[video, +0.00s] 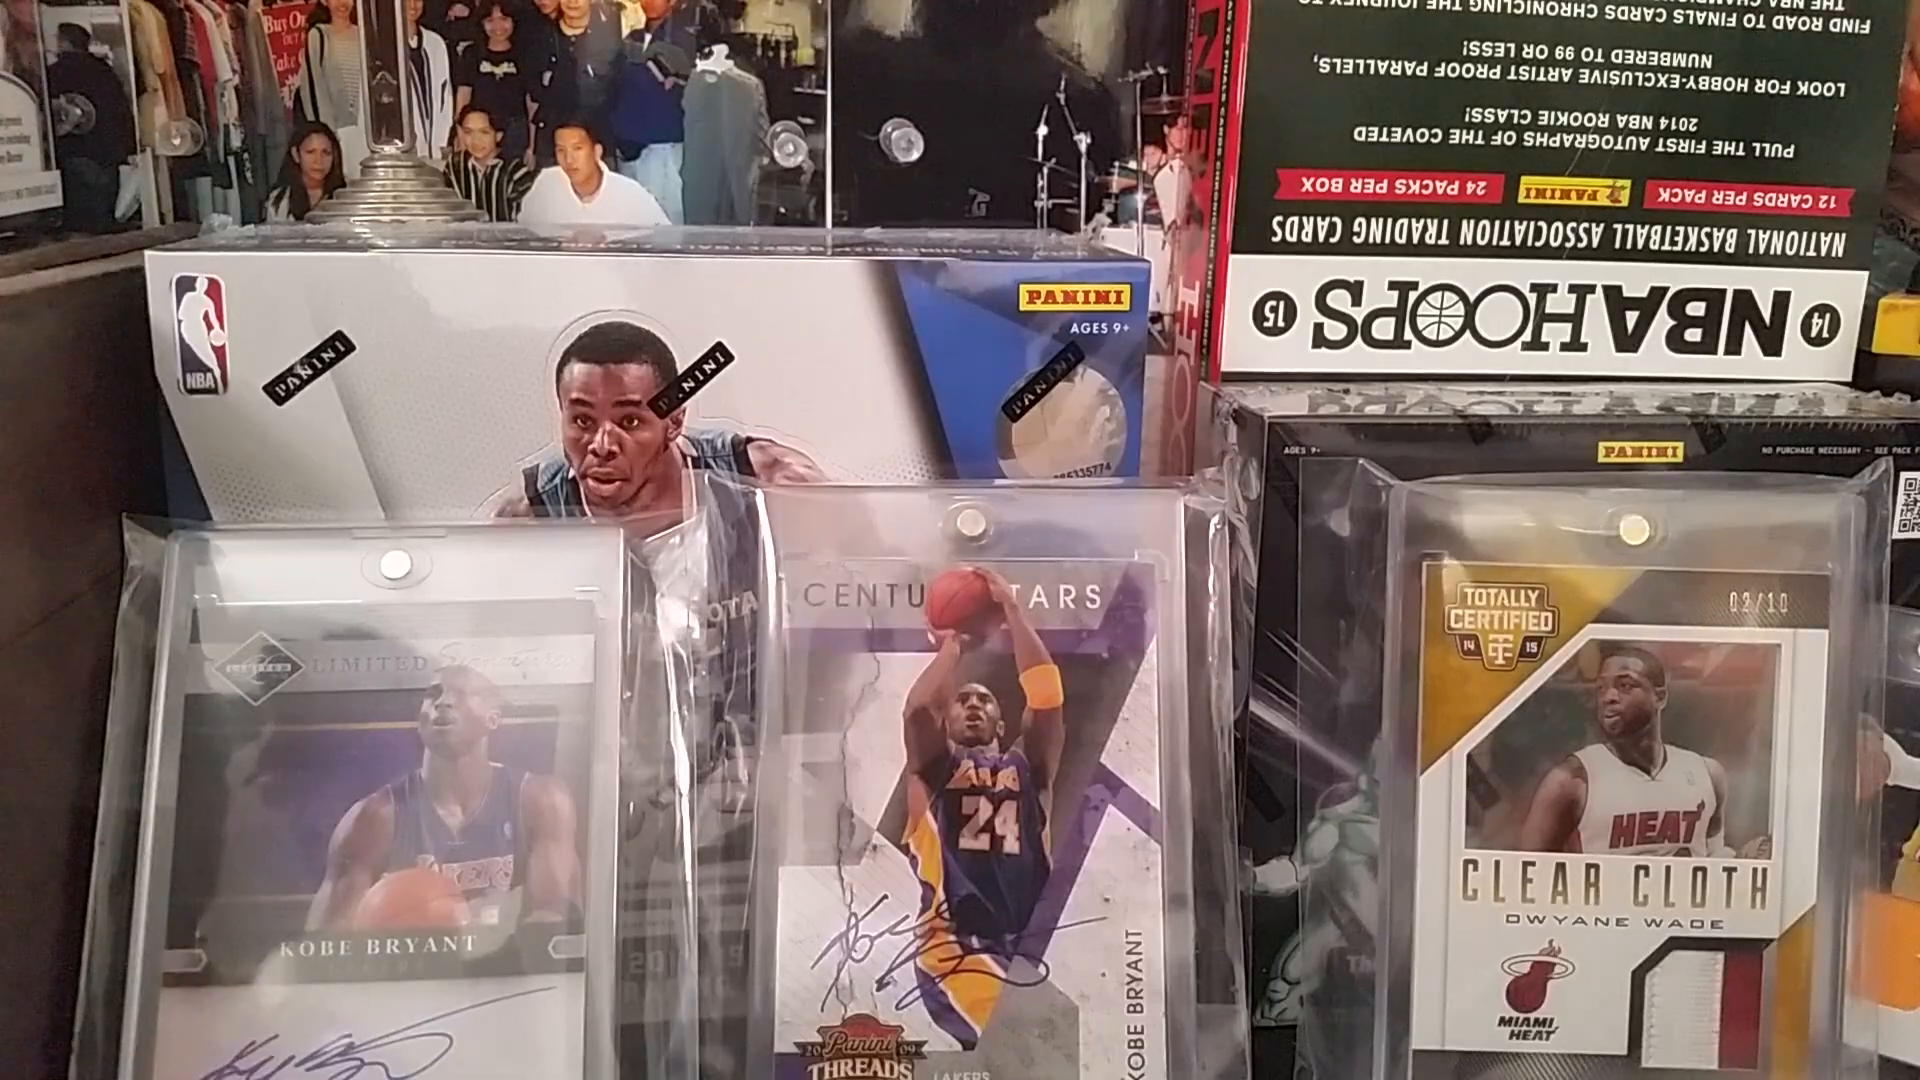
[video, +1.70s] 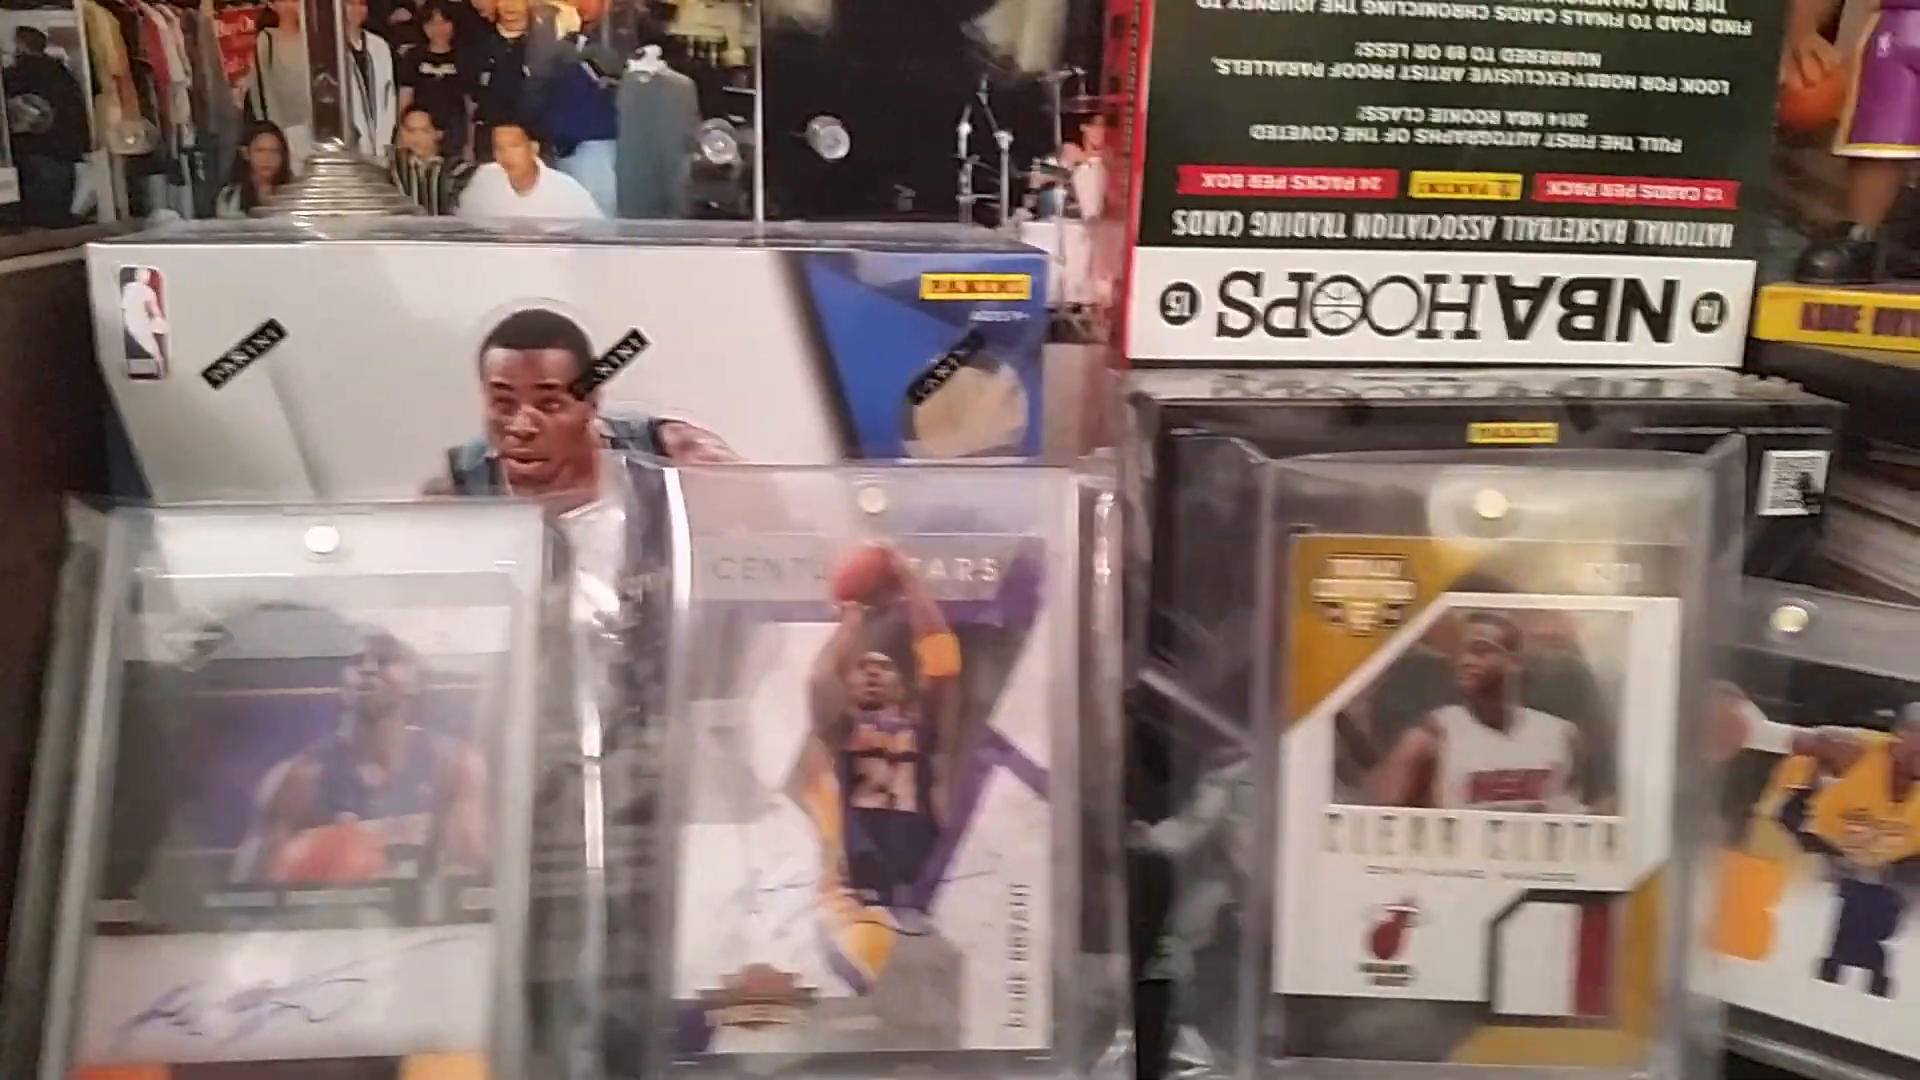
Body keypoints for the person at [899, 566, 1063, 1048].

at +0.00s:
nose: (973, 705)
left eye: (984, 700)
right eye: (962, 700)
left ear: (1002, 722)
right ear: (946, 722)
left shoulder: (1029, 765)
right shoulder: (934, 766)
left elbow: (1046, 694)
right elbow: (919, 708)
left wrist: (1012, 607)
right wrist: (952, 644)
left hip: (1026, 943)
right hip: (952, 945)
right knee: (1027, 1043)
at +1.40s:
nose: (986, 688)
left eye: (997, 683)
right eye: (975, 683)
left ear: (1014, 702)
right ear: (960, 702)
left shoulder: (1041, 746)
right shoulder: (949, 746)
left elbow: (1058, 680)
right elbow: (933, 689)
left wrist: (1025, 594)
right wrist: (970, 624)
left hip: (1035, 919)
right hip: (965, 921)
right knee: (1035, 1014)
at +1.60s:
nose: (909, 682)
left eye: (922, 672)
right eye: (898, 673)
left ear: (941, 681)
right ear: (881, 682)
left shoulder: (955, 725)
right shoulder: (876, 730)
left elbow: (979, 664)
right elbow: (858, 682)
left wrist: (947, 593)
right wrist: (893, 621)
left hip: (949, 833)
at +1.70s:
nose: (872, 675)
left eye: (884, 666)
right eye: (861, 667)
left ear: (904, 677)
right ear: (845, 677)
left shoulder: (923, 724)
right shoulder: (839, 726)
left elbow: (941, 657)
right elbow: (822, 678)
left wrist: (910, 584)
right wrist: (852, 620)